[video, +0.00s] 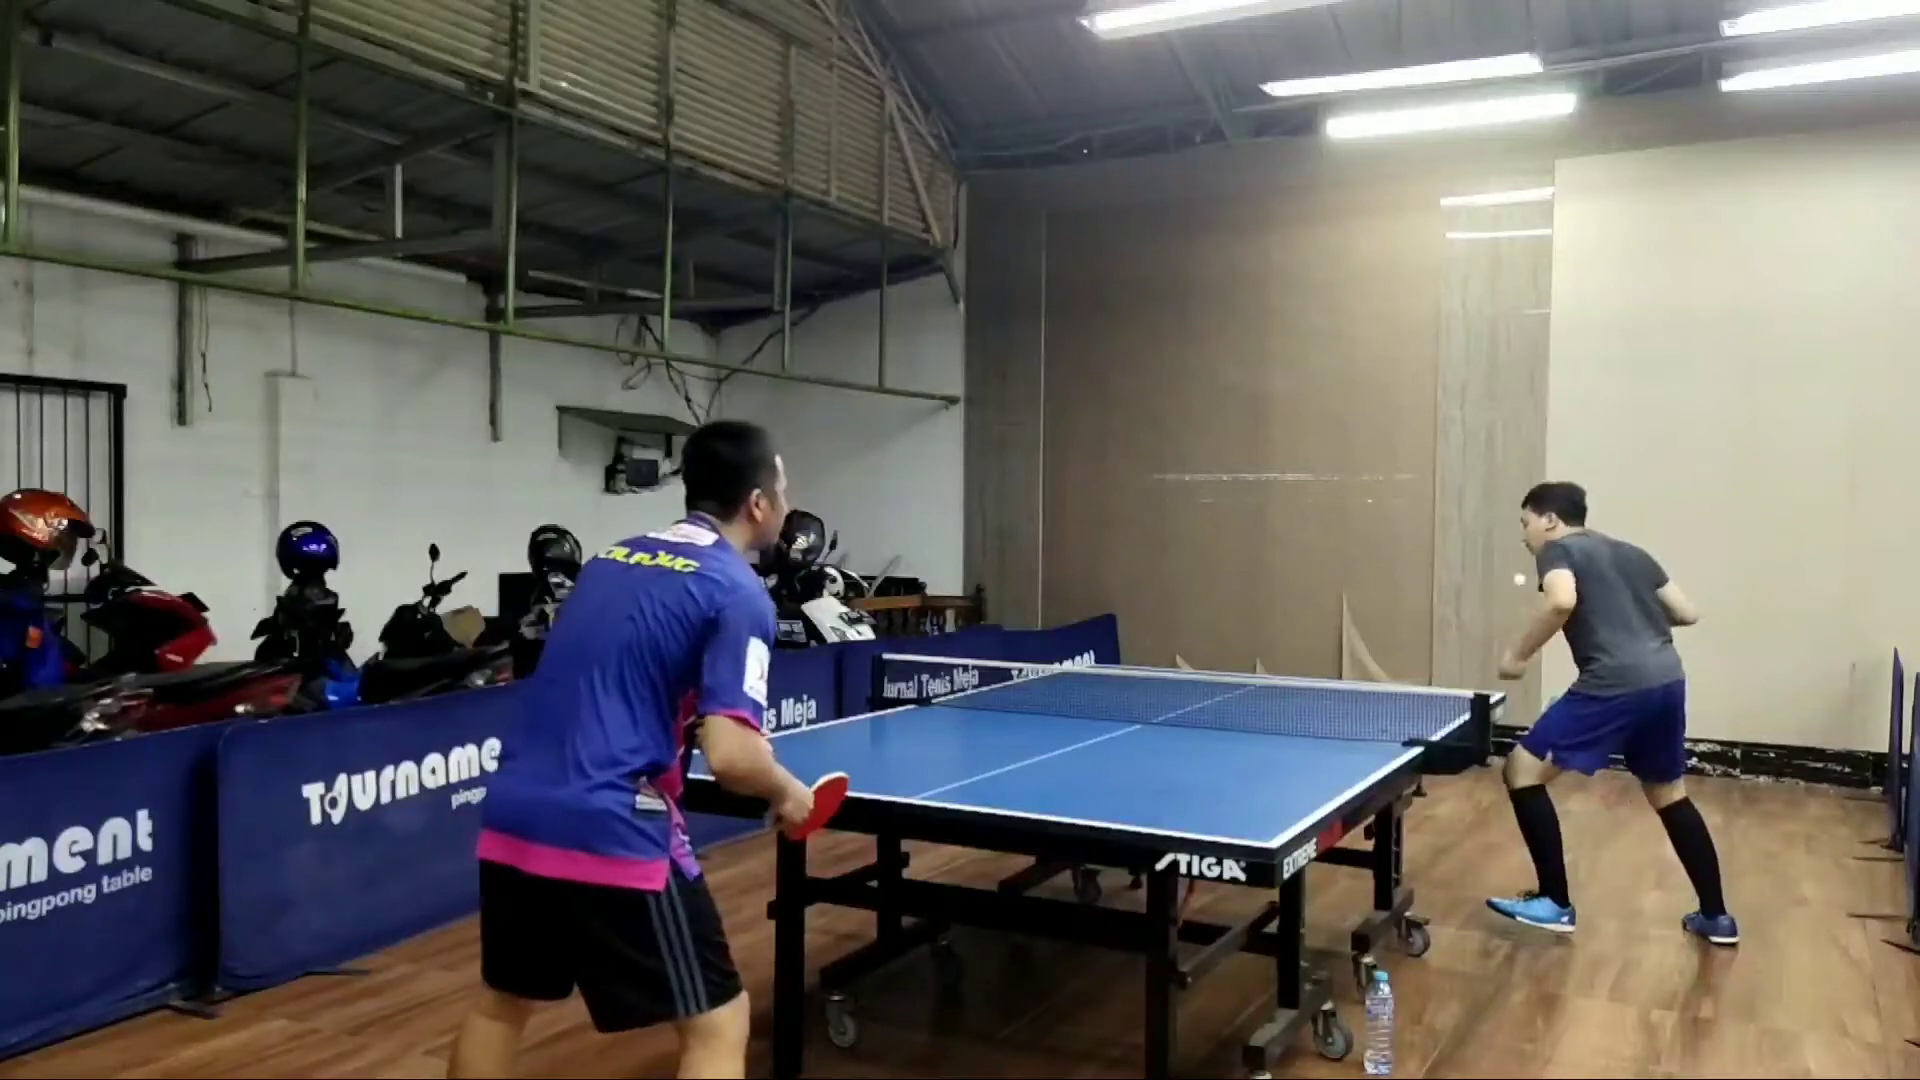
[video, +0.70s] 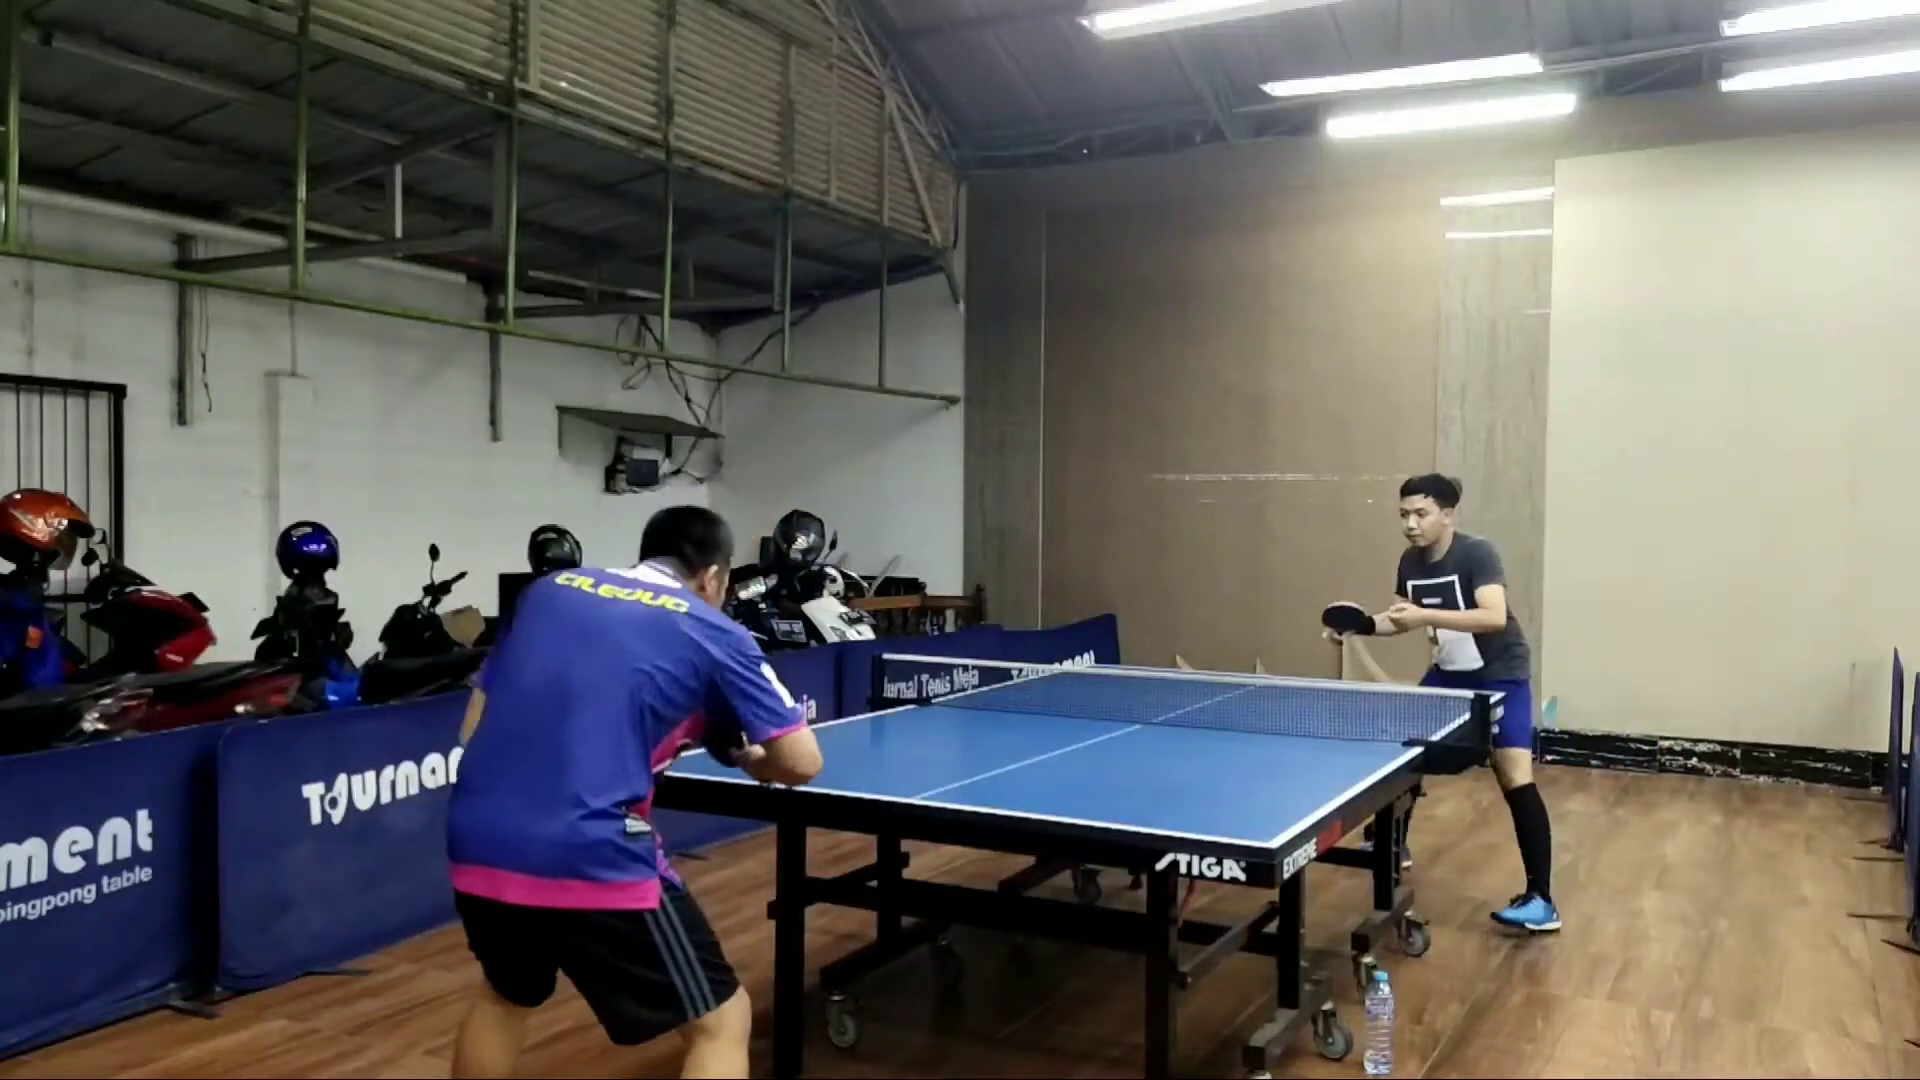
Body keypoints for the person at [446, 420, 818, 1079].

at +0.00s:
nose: (785, 510)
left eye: (785, 495)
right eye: (782, 495)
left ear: (695, 492)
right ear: (758, 503)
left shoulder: (614, 557)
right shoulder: (736, 590)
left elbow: (594, 689)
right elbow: (732, 755)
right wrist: (785, 790)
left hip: (509, 820)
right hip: (614, 831)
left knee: (500, 1004)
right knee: (716, 1017)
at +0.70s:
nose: (726, 596)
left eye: (729, 583)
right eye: (727, 581)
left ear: (643, 558)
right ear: (710, 576)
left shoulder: (547, 590)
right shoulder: (713, 632)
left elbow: (475, 728)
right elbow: (802, 761)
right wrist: (750, 758)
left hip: (478, 849)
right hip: (593, 856)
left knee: (504, 994)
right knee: (719, 1016)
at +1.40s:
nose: (699, 526)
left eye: (701, 509)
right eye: (699, 508)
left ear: (607, 498)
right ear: (674, 512)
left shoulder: (502, 558)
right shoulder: (662, 596)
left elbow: (408, 691)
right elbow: (747, 753)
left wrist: (502, 744)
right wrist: (807, 780)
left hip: (403, 833)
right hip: (516, 850)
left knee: (423, 1004)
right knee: (610, 1045)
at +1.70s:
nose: (676, 582)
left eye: (679, 567)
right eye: (678, 566)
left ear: (592, 538)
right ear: (653, 559)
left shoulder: (484, 585)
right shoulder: (626, 641)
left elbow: (451, 718)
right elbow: (717, 789)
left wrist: (556, 766)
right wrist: (761, 768)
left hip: (353, 869)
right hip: (468, 888)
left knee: (365, 1032)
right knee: (619, 1051)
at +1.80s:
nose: (690, 597)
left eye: (694, 582)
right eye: (692, 582)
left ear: (605, 551)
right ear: (666, 576)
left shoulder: (494, 588)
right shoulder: (650, 648)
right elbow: (804, 749)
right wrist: (850, 729)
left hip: (354, 873)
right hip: (470, 896)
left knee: (361, 1036)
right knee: (631, 1054)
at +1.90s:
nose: (697, 584)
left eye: (697, 570)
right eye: (697, 569)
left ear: (603, 540)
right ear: (672, 560)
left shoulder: (492, 579)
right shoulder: (660, 630)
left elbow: (396, 690)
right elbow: (837, 693)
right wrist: (900, 687)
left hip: (357, 872)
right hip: (482, 894)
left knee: (349, 1042)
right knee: (630, 1056)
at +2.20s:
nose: (642, 545)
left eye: (643, 526)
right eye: (640, 526)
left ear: (544, 511)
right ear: (607, 526)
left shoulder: (437, 573)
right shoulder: (576, 599)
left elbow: (355, 687)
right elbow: (716, 684)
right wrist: (828, 665)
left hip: (323, 867)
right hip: (438, 880)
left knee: (313, 1047)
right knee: (587, 1053)